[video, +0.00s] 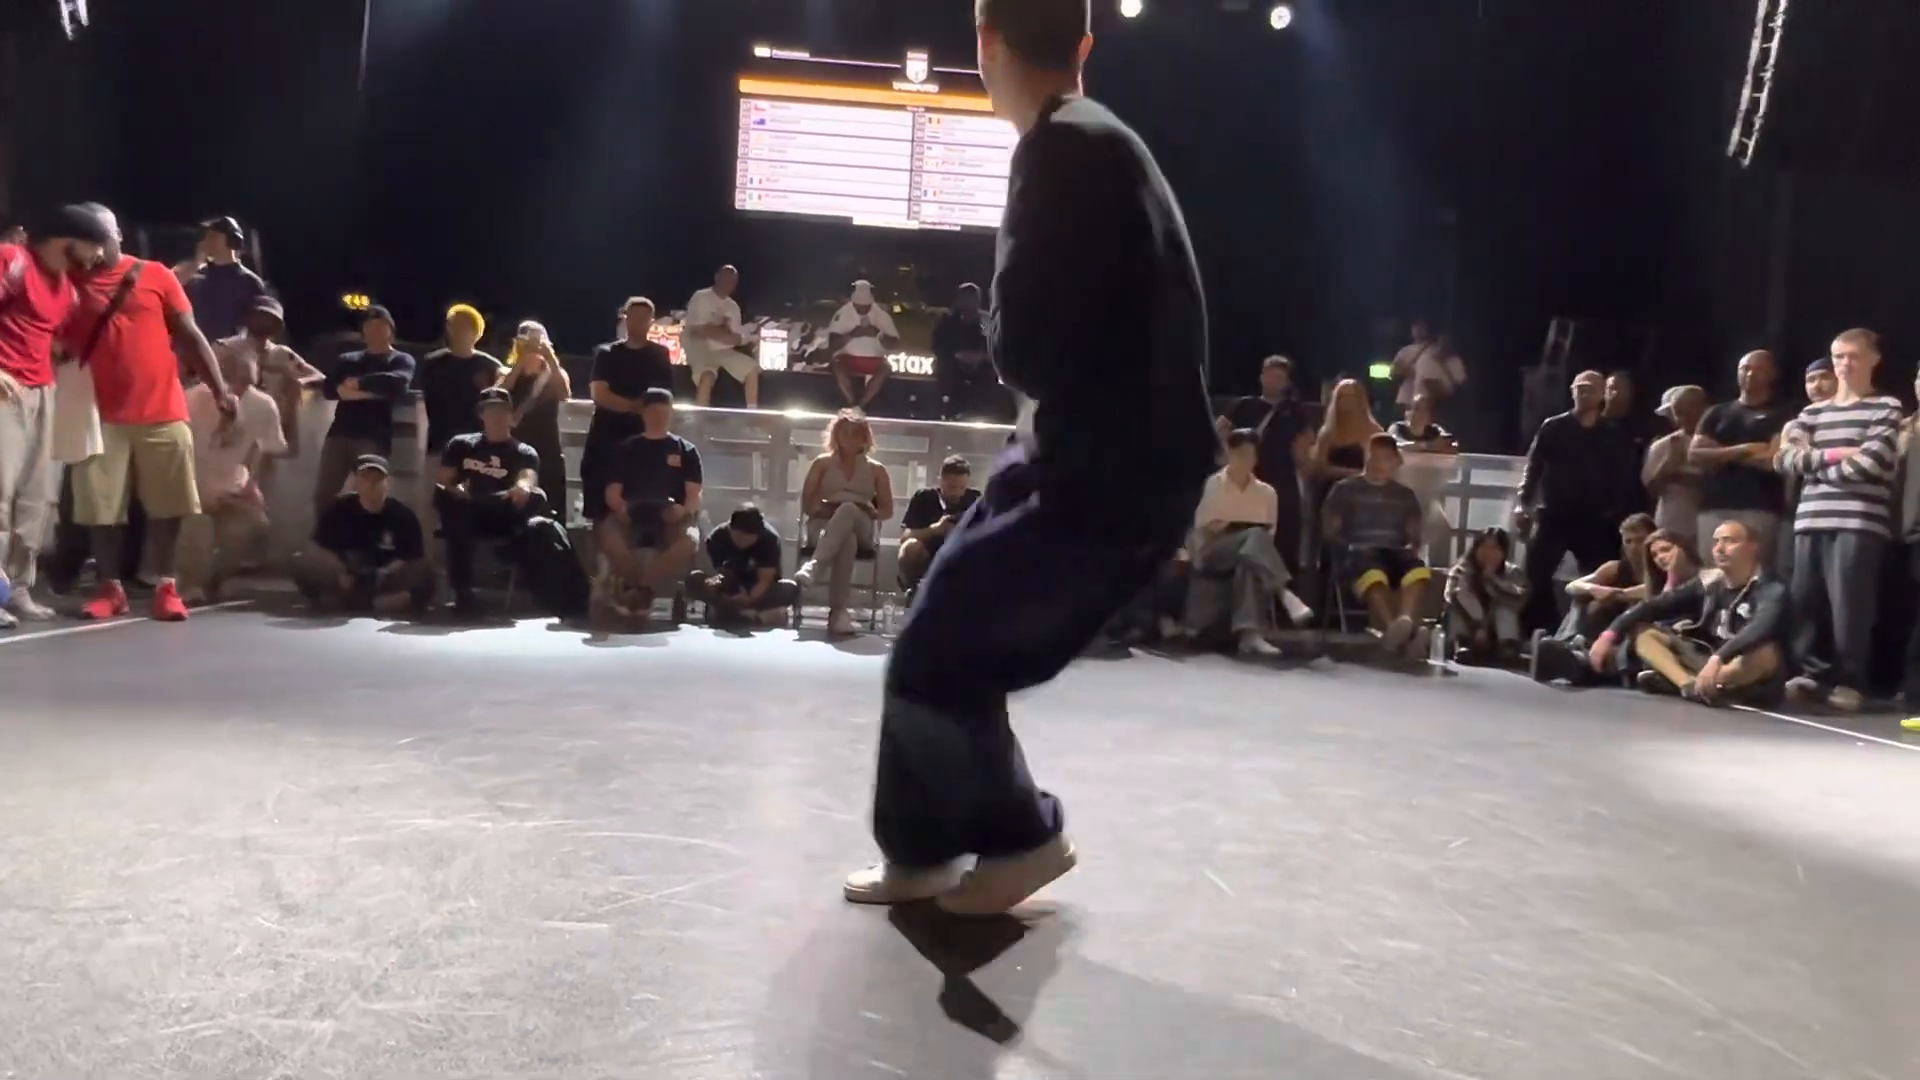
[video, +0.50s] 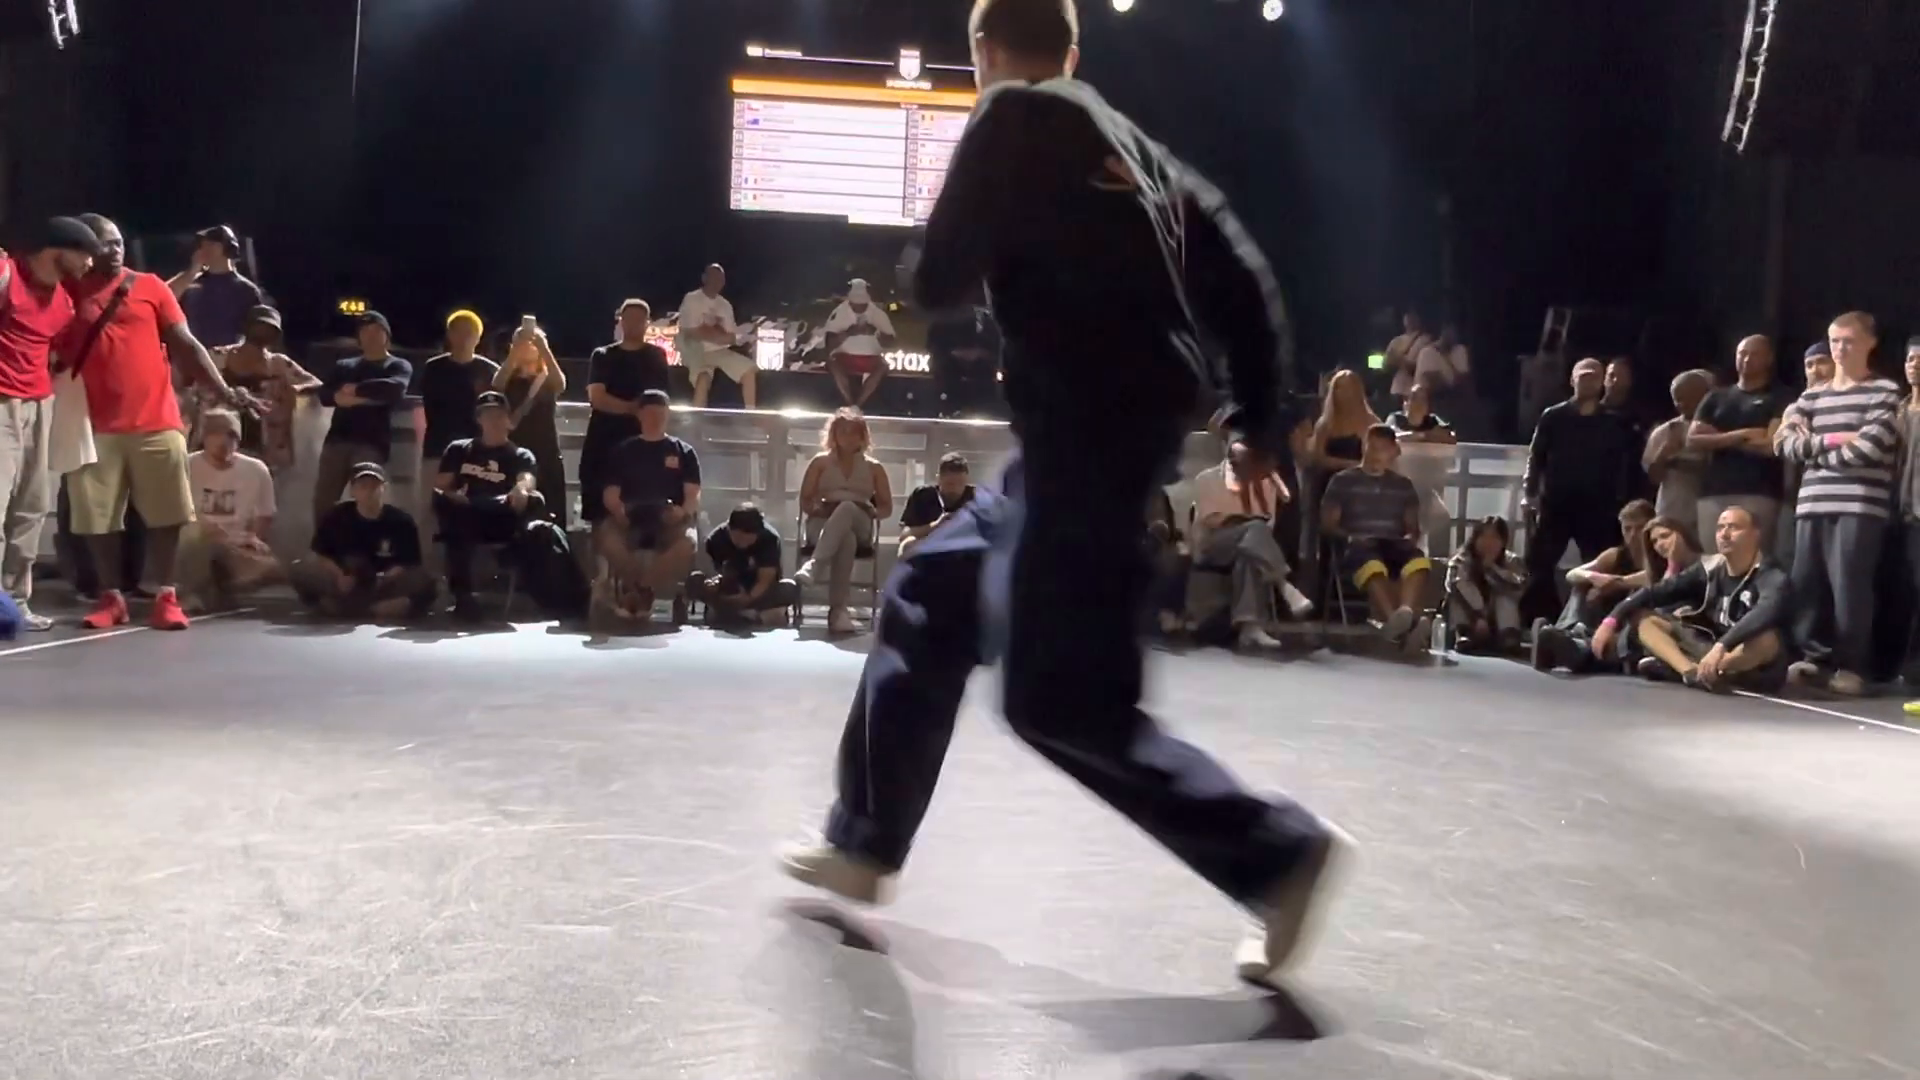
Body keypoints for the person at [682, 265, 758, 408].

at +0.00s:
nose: (729, 284)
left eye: (733, 281)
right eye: (726, 279)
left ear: (736, 283)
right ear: (717, 278)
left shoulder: (733, 307)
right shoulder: (700, 297)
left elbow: (737, 338)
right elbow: (693, 330)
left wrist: (711, 332)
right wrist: (720, 329)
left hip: (723, 350)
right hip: (701, 349)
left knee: (752, 370)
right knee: (708, 376)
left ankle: (752, 415)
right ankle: (699, 418)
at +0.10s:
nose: (726, 286)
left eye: (730, 283)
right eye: (724, 281)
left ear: (734, 287)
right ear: (715, 282)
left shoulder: (733, 309)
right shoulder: (699, 301)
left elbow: (736, 341)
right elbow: (693, 333)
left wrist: (709, 335)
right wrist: (719, 332)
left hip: (724, 353)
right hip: (701, 352)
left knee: (753, 373)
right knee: (706, 380)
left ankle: (753, 419)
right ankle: (700, 423)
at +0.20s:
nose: (722, 285)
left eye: (725, 282)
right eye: (719, 280)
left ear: (729, 286)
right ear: (711, 281)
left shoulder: (730, 308)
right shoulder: (696, 300)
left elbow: (735, 340)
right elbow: (691, 332)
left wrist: (705, 335)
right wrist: (717, 331)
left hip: (723, 352)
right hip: (699, 351)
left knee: (751, 372)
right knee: (705, 379)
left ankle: (752, 418)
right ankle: (699, 422)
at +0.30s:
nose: (714, 275)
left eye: (719, 272)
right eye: (711, 271)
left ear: (724, 277)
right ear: (705, 273)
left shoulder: (725, 298)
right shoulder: (691, 292)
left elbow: (729, 334)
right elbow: (686, 325)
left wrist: (704, 326)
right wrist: (712, 323)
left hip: (719, 345)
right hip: (695, 344)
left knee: (747, 365)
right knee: (701, 372)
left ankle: (750, 410)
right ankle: (696, 414)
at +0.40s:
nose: (715, 276)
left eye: (719, 272)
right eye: (712, 271)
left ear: (723, 276)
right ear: (703, 272)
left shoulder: (724, 299)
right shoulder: (690, 293)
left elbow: (730, 332)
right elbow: (688, 325)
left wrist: (708, 324)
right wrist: (713, 325)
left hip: (718, 344)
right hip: (695, 343)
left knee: (747, 365)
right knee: (702, 372)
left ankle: (749, 410)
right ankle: (696, 415)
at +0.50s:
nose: (717, 282)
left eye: (720, 278)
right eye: (713, 277)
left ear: (723, 282)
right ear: (704, 278)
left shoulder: (725, 305)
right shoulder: (691, 299)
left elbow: (732, 336)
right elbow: (689, 332)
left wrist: (712, 330)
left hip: (720, 350)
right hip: (697, 350)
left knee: (748, 371)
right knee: (703, 379)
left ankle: (751, 416)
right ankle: (696, 420)